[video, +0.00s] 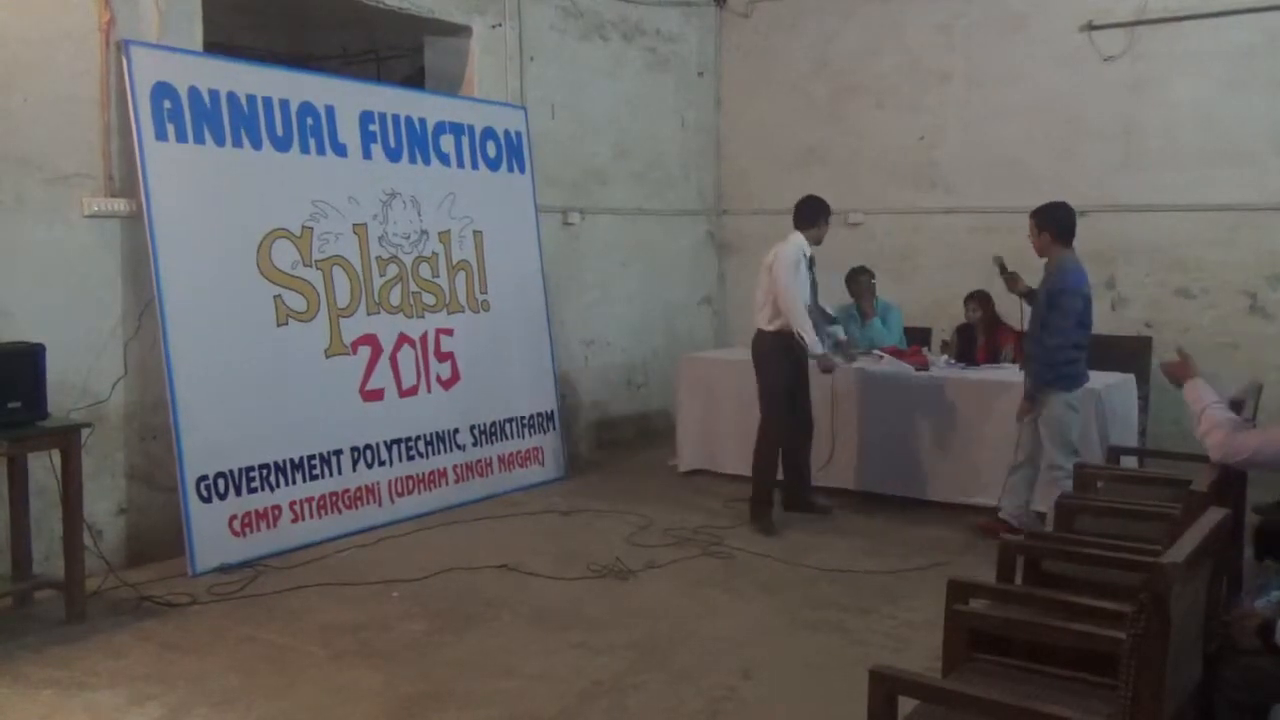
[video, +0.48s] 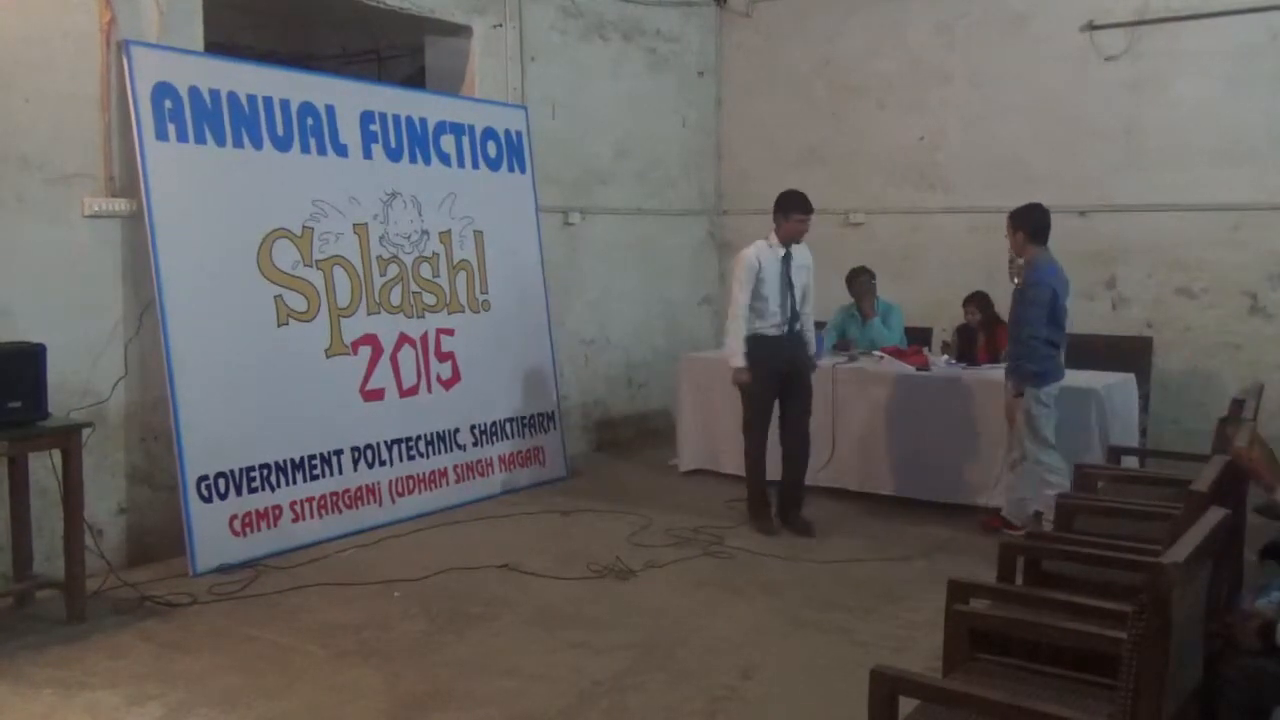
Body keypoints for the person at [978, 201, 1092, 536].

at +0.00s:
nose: (1031, 240)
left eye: (1033, 234)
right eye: (1031, 234)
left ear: (1047, 235)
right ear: (1060, 235)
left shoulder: (1066, 276)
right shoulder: (1059, 270)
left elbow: (1053, 341)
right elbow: (1051, 314)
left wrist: (1032, 392)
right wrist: (1025, 292)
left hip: (1061, 384)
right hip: (1045, 381)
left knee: (1057, 459)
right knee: (1027, 453)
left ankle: (1055, 525)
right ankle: (1013, 516)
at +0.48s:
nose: (1009, 241)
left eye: (1010, 234)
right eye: (1009, 234)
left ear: (1022, 235)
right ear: (1041, 233)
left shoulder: (1038, 276)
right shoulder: (1048, 270)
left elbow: (1029, 334)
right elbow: (1039, 327)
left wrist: (1017, 381)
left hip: (1035, 377)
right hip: (1037, 374)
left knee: (1038, 448)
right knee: (1019, 448)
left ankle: (1061, 513)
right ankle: (1015, 512)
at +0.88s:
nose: (993, 239)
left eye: (994, 232)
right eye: (993, 232)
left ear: (1005, 233)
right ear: (1025, 232)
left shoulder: (1009, 273)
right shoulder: (1045, 272)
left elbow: (998, 330)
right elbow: (1053, 322)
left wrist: (973, 364)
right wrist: (1022, 337)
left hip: (1009, 375)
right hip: (1034, 374)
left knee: (994, 444)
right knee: (1024, 446)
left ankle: (1002, 514)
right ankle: (1020, 513)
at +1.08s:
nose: (984, 239)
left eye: (986, 232)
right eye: (985, 232)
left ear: (995, 234)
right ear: (1017, 233)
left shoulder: (995, 272)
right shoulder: (1039, 272)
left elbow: (982, 323)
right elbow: (1051, 321)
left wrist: (980, 356)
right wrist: (1028, 345)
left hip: (998, 375)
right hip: (1028, 373)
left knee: (977, 443)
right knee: (1021, 449)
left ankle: (963, 509)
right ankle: (1018, 515)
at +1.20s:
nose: (976, 240)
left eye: (977, 234)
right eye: (977, 233)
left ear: (985, 236)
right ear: (1010, 233)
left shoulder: (986, 274)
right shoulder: (1033, 274)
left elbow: (967, 324)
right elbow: (1046, 322)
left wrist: (940, 331)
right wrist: (1025, 350)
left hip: (990, 377)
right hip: (1021, 374)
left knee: (969, 444)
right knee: (1017, 451)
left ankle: (946, 507)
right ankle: (1017, 516)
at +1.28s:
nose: (971, 243)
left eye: (972, 237)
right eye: (972, 236)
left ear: (979, 237)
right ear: (1004, 234)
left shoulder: (977, 276)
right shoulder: (1026, 273)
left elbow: (958, 324)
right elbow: (1040, 322)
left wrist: (926, 327)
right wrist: (1011, 338)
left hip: (983, 376)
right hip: (1013, 373)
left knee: (964, 445)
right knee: (1012, 449)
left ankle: (943, 507)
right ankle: (1016, 516)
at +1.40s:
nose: (959, 242)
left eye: (960, 236)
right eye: (960, 236)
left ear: (968, 237)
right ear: (992, 235)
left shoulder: (965, 277)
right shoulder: (1015, 274)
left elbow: (940, 325)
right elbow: (1028, 323)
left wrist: (909, 320)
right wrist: (995, 321)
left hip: (969, 376)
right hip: (1000, 373)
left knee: (952, 445)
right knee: (1002, 447)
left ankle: (939, 509)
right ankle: (1015, 513)